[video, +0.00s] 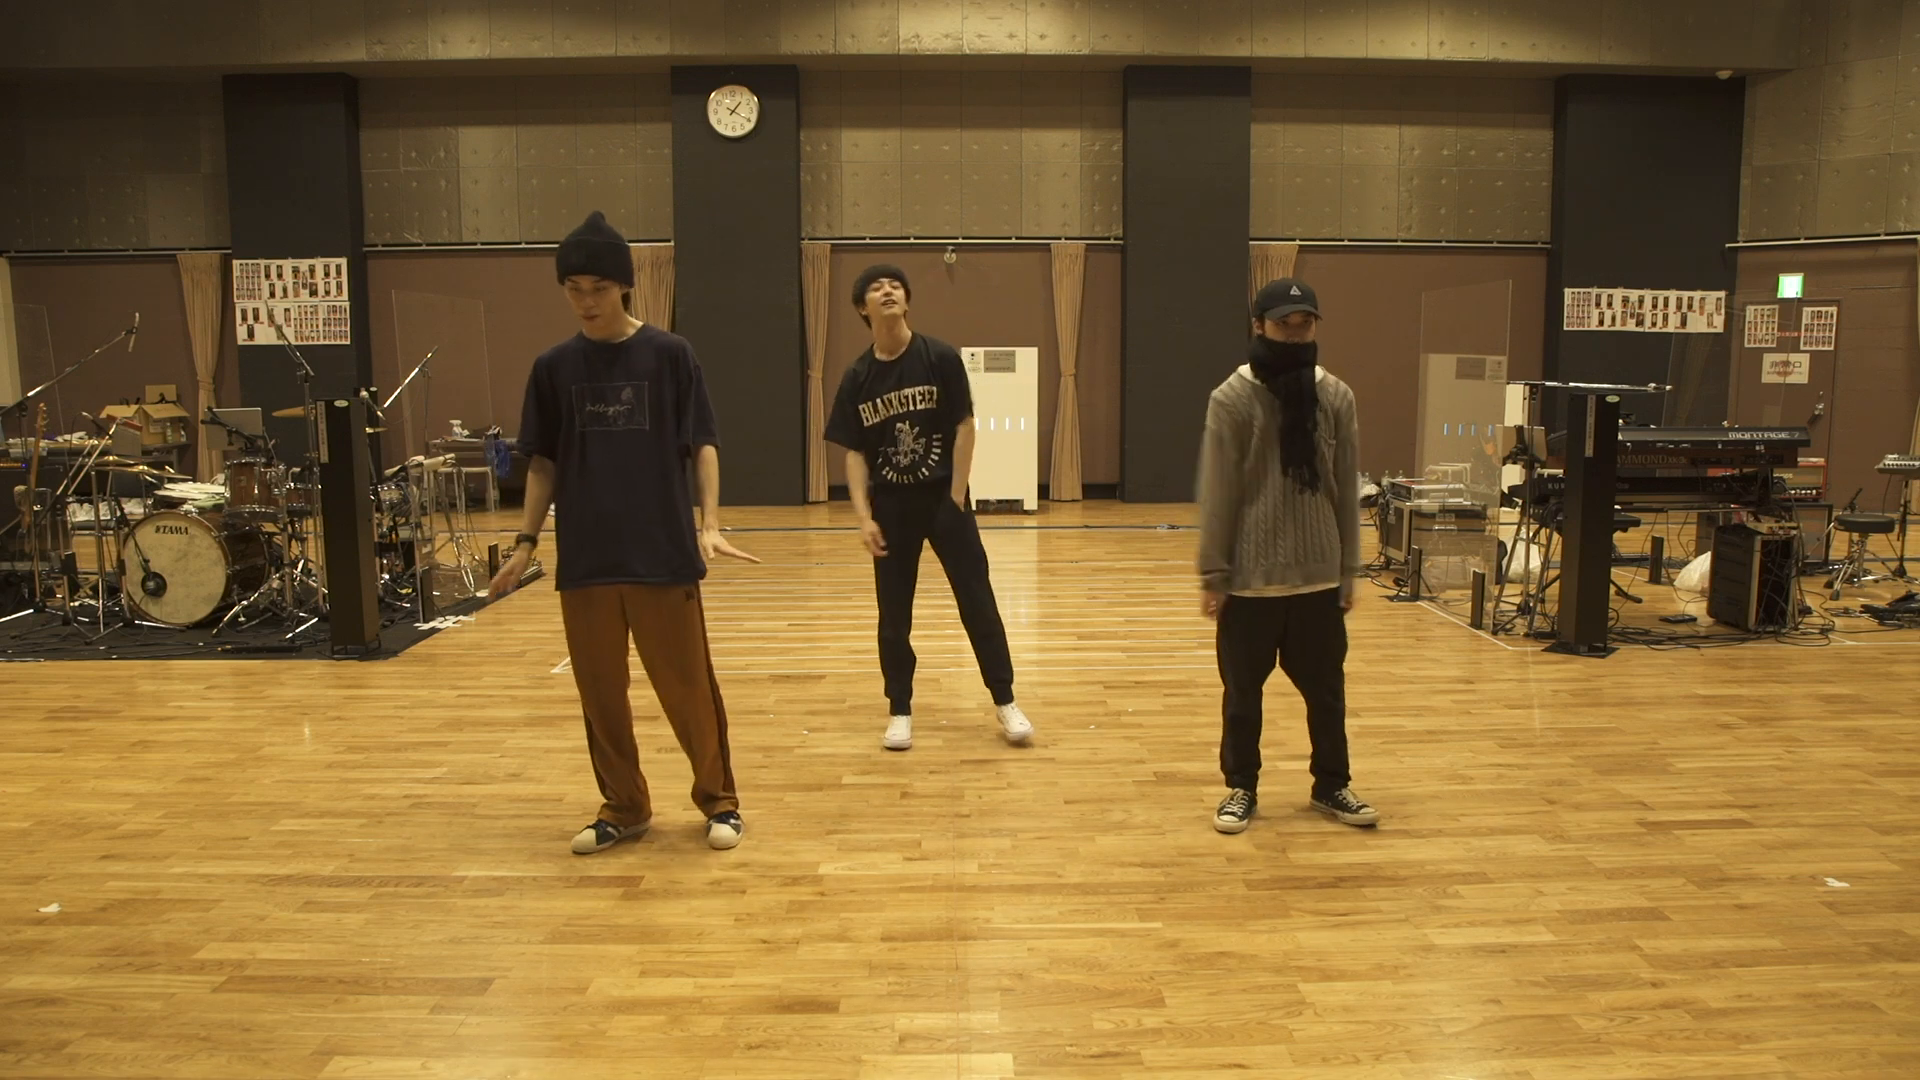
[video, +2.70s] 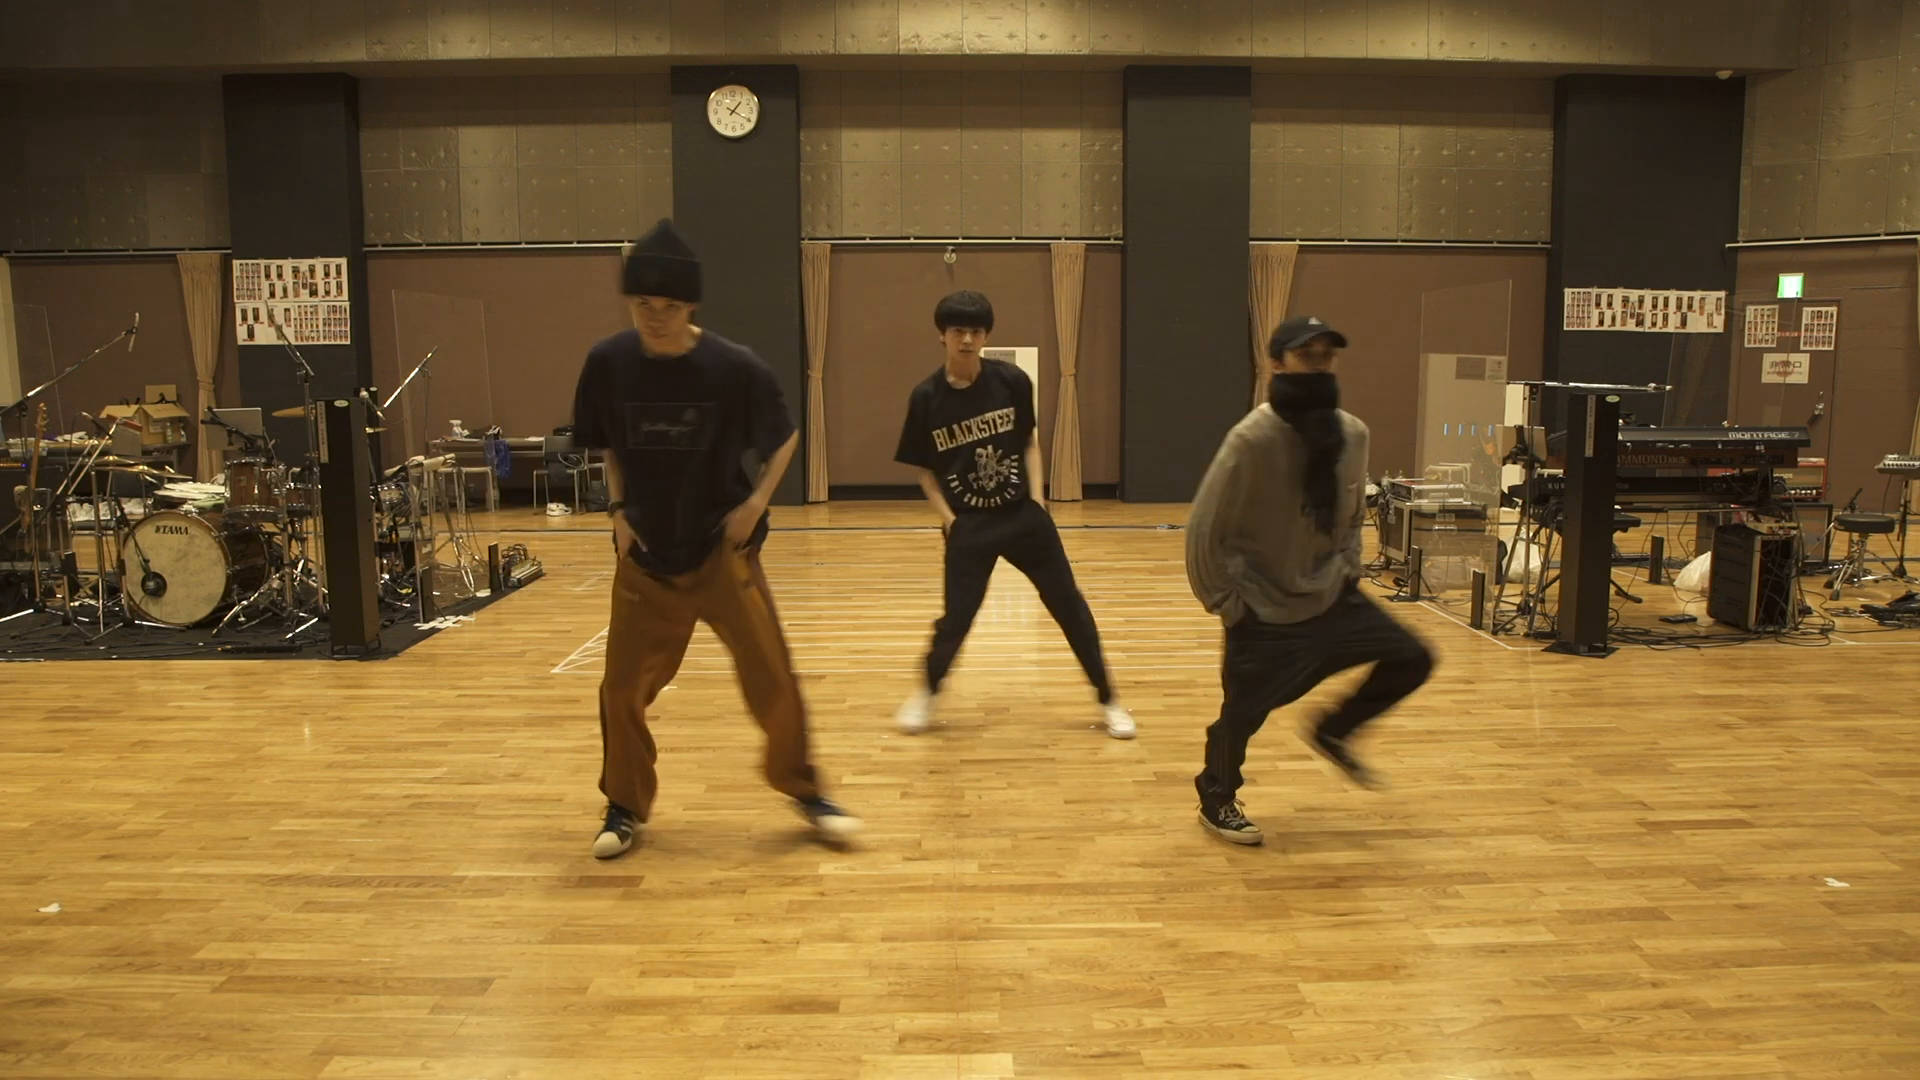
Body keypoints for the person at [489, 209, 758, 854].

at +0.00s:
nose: (587, 302)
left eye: (598, 289)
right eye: (576, 291)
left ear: (625, 284)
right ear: (565, 290)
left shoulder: (670, 355)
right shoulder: (553, 368)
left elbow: (704, 444)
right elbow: (541, 464)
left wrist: (709, 521)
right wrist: (525, 545)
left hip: (662, 553)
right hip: (585, 558)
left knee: (688, 685)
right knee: (600, 693)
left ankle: (720, 804)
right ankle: (624, 809)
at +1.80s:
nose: (538, 337)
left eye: (548, 321)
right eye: (528, 325)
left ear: (581, 312)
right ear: (523, 324)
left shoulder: (620, 379)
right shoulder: (579, 371)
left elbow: (681, 480)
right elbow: (611, 470)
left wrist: (637, 558)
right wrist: (603, 541)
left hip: (654, 567)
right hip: (618, 562)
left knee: (613, 699)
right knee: (632, 689)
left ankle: (635, 859)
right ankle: (673, 808)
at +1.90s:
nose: (546, 319)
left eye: (557, 305)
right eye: (536, 306)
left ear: (589, 294)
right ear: (529, 302)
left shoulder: (637, 346)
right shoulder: (555, 361)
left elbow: (703, 432)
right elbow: (596, 440)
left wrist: (658, 505)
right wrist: (600, 511)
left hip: (657, 540)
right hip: (602, 538)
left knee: (635, 691)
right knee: (609, 685)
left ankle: (627, 856)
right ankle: (673, 794)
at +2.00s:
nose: (568, 317)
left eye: (580, 303)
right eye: (558, 304)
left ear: (613, 295)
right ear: (548, 302)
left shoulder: (673, 345)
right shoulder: (545, 378)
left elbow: (742, 400)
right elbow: (553, 452)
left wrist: (699, 465)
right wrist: (570, 514)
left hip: (672, 512)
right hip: (604, 534)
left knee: (636, 616)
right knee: (621, 675)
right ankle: (651, 826)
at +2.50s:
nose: (610, 308)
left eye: (622, 297)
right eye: (600, 297)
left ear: (651, 296)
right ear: (588, 298)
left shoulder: (688, 368)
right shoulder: (589, 372)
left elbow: (727, 464)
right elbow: (602, 465)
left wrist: (708, 553)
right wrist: (605, 530)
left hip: (694, 559)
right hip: (629, 558)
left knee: (686, 682)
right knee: (625, 688)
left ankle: (679, 778)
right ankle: (628, 807)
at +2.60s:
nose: (623, 316)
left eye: (636, 305)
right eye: (613, 304)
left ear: (662, 305)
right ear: (600, 304)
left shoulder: (702, 373)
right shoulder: (591, 375)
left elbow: (761, 453)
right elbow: (601, 462)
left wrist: (728, 534)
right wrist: (612, 527)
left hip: (708, 559)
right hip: (640, 560)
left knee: (721, 687)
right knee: (625, 690)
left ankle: (720, 766)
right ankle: (631, 807)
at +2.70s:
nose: (651, 314)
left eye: (664, 304)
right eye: (642, 302)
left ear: (690, 303)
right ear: (629, 300)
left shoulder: (734, 369)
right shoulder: (609, 364)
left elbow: (785, 437)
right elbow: (611, 444)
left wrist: (756, 504)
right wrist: (618, 512)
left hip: (724, 555)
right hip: (646, 559)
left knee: (772, 675)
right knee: (621, 690)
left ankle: (806, 791)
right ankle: (624, 808)